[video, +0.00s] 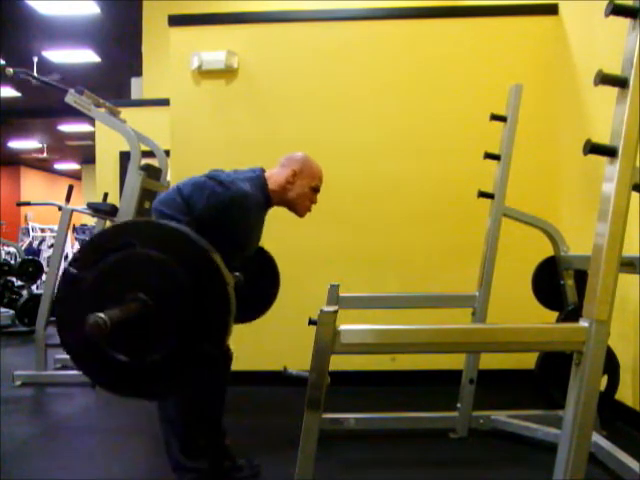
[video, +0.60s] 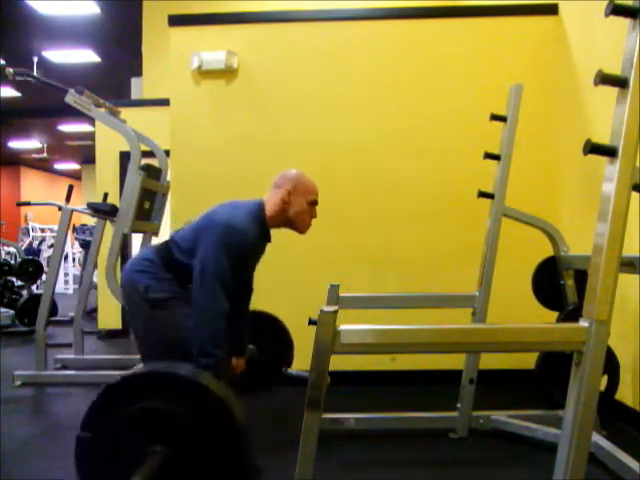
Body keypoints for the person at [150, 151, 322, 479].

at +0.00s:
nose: (315, 201)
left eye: (317, 193)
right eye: (313, 190)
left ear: (290, 178)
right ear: (290, 177)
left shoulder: (252, 202)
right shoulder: (238, 196)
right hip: (167, 293)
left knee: (210, 365)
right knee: (196, 369)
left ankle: (205, 455)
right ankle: (196, 461)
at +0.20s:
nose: (313, 204)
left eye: (316, 196)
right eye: (312, 193)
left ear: (288, 182)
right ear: (290, 181)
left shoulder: (251, 207)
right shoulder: (236, 200)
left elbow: (219, 258)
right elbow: (170, 245)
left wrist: (227, 287)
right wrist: (213, 286)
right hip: (173, 300)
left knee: (206, 380)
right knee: (193, 382)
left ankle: (206, 456)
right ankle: (196, 462)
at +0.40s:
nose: (307, 204)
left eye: (309, 196)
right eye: (304, 194)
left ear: (277, 186)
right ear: (279, 185)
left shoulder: (245, 216)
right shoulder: (224, 209)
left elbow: (224, 276)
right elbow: (187, 277)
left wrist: (231, 321)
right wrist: (211, 330)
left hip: (173, 287)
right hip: (149, 286)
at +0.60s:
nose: (315, 213)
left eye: (316, 206)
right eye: (311, 204)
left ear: (286, 199)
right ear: (286, 198)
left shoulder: (252, 230)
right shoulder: (233, 226)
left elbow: (238, 299)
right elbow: (210, 302)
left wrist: (236, 351)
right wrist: (213, 370)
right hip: (149, 284)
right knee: (171, 372)